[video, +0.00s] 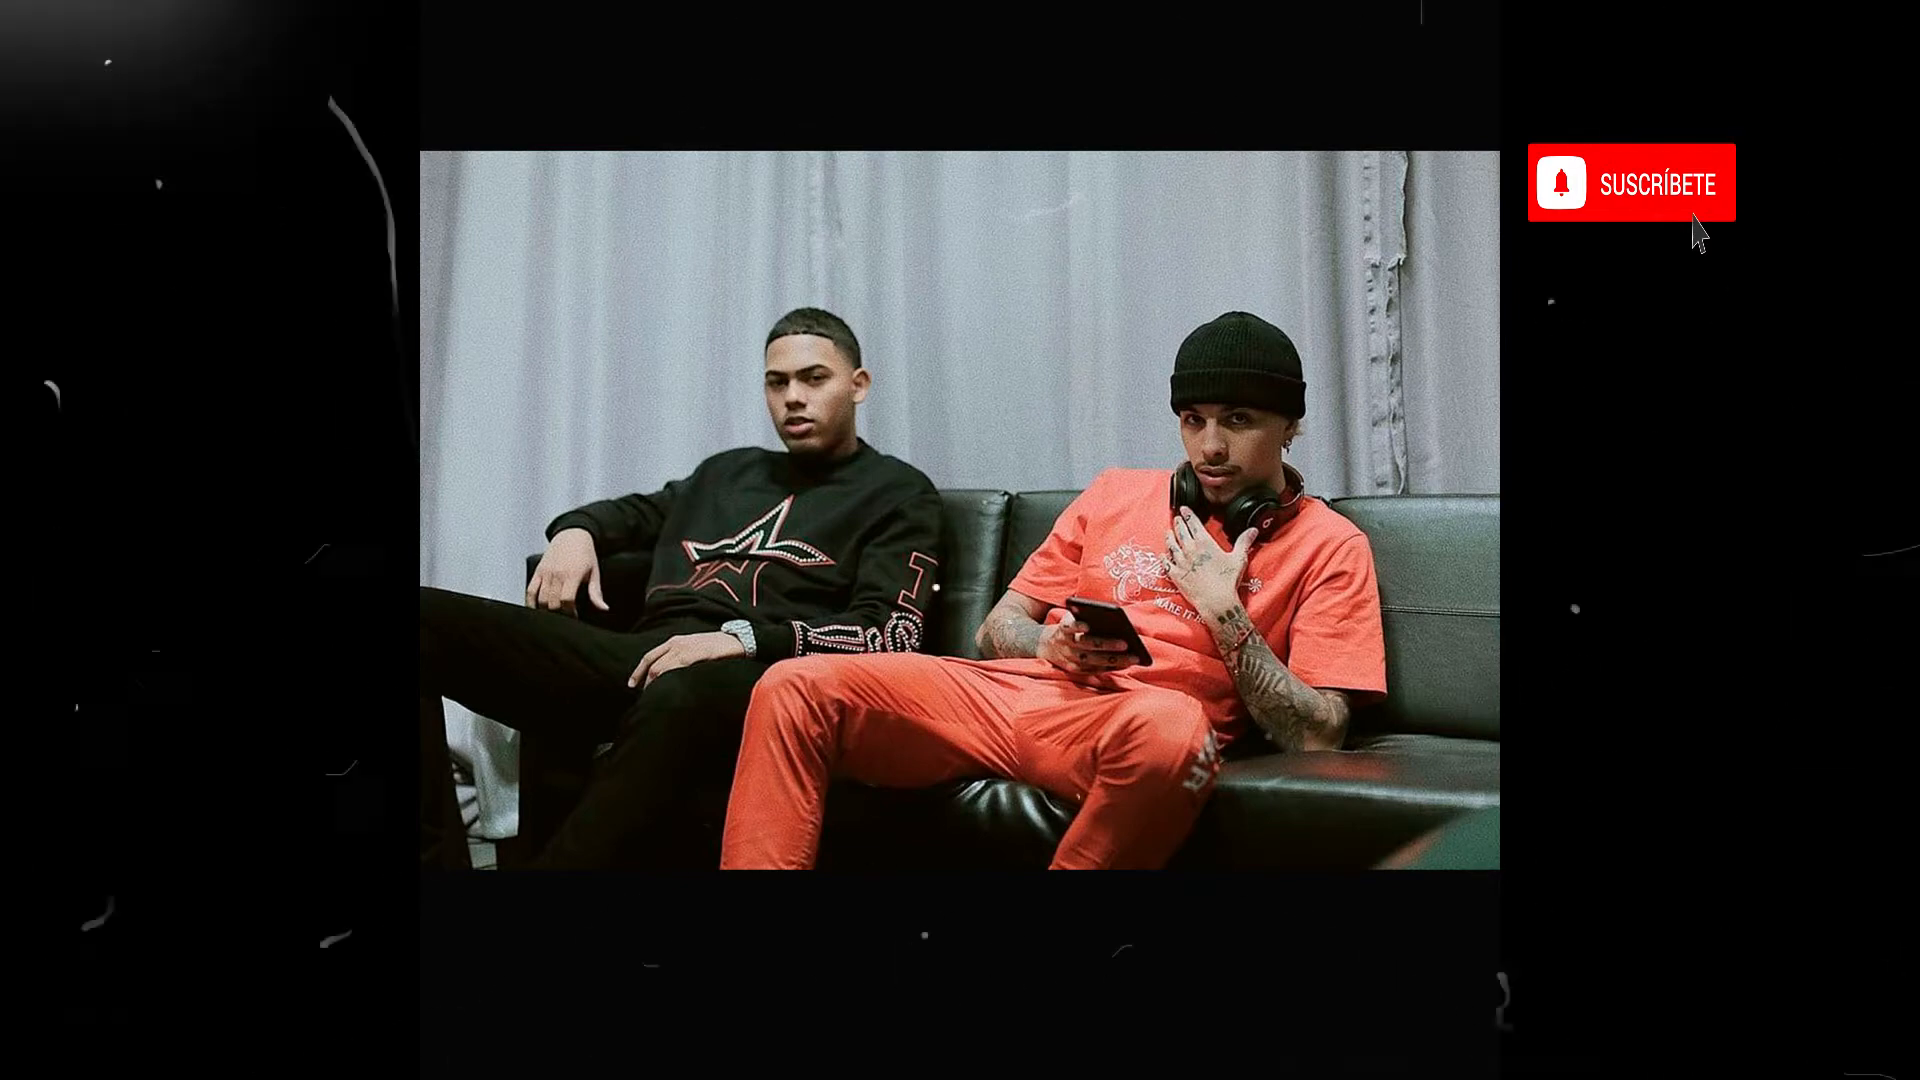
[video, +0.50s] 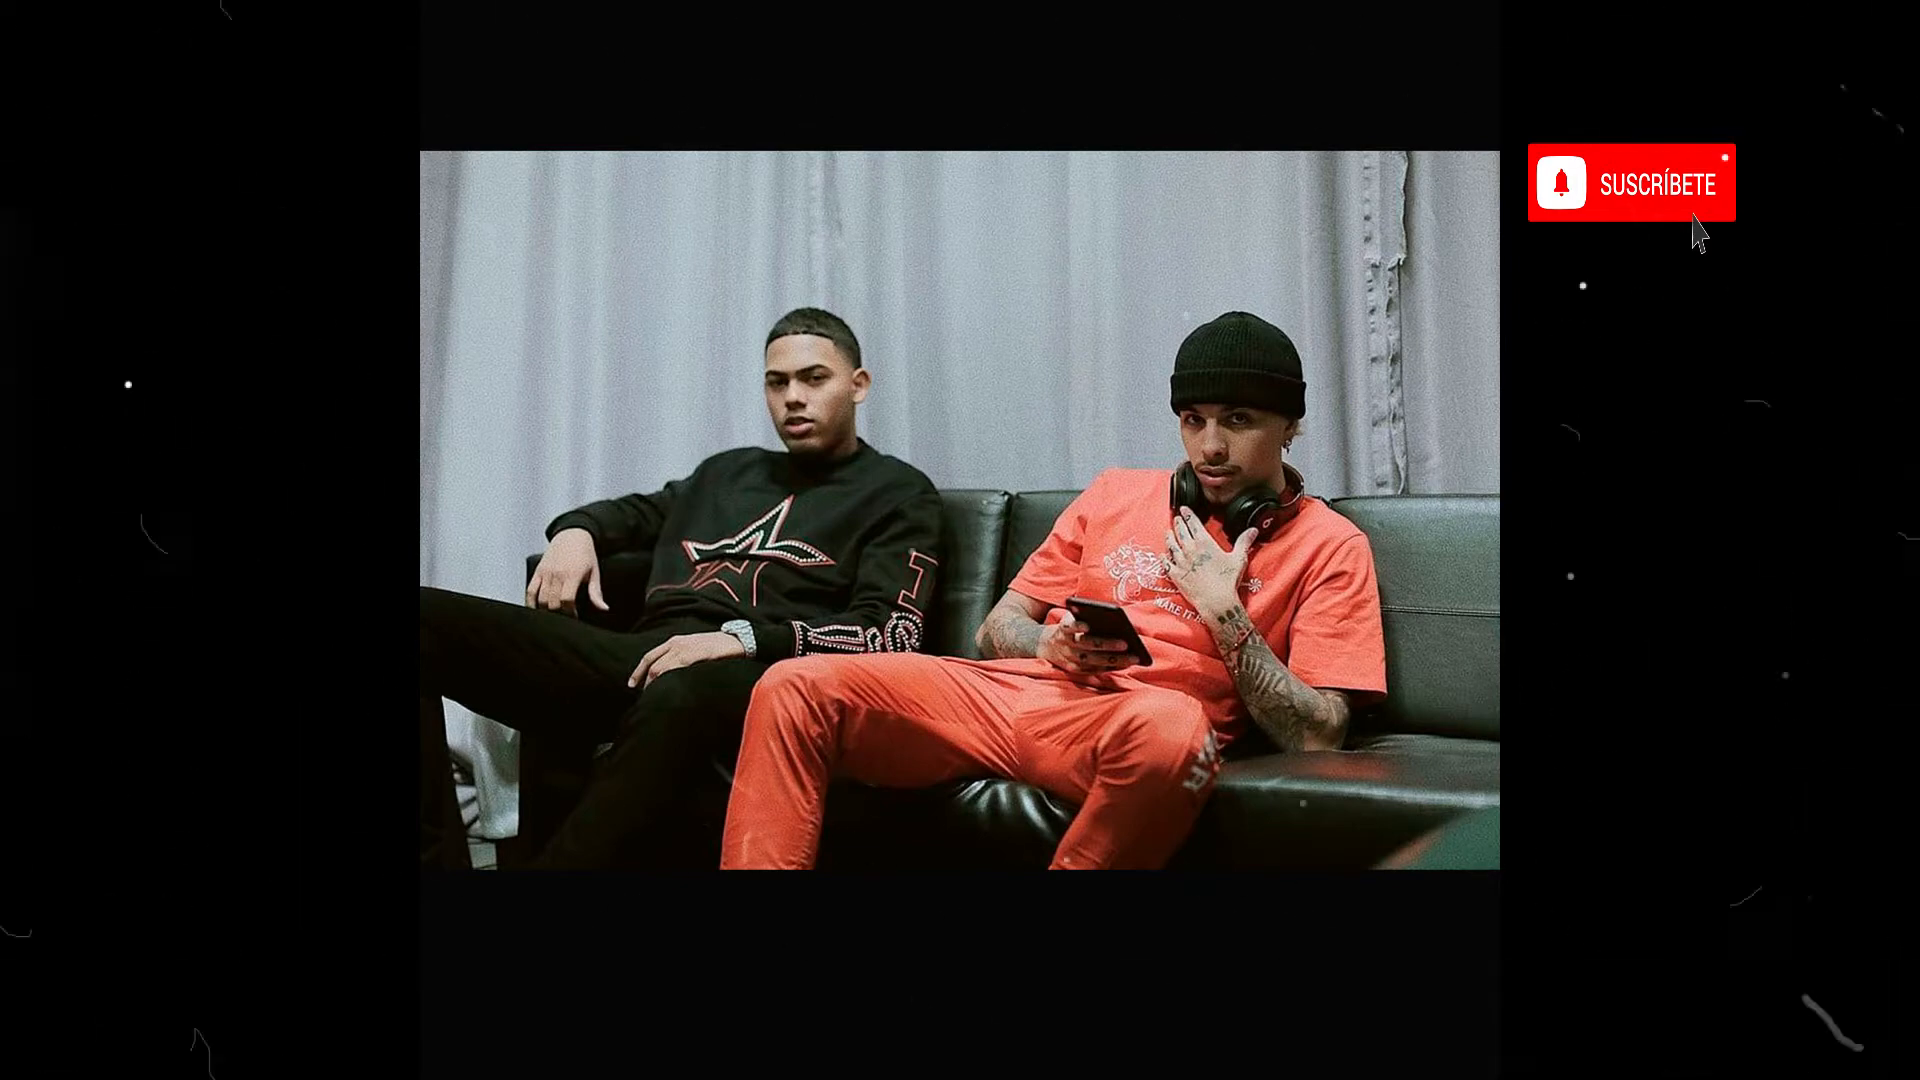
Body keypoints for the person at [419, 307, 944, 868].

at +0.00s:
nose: (793, 399)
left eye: (813, 379)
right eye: (779, 382)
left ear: (859, 385)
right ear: (765, 391)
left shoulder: (900, 493)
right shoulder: (728, 472)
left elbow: (894, 634)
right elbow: (640, 515)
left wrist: (742, 639)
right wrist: (574, 530)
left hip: (769, 681)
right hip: (637, 653)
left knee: (682, 699)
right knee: (425, 617)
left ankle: (562, 871)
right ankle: (440, 856)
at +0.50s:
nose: (793, 399)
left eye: (813, 379)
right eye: (779, 382)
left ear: (859, 385)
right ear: (765, 390)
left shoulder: (900, 494)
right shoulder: (728, 471)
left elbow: (893, 634)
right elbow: (641, 515)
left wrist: (742, 639)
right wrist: (574, 530)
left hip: (770, 680)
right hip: (638, 652)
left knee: (681, 699)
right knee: (426, 617)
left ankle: (562, 870)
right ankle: (441, 855)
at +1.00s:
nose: (793, 399)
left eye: (813, 379)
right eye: (779, 382)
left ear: (859, 385)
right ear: (765, 391)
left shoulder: (900, 494)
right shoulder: (728, 472)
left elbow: (893, 634)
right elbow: (641, 515)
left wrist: (742, 639)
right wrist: (575, 530)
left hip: (769, 681)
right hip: (637, 652)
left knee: (683, 699)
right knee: (425, 617)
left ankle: (562, 873)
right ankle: (441, 857)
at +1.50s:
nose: (793, 399)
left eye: (814, 379)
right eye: (779, 382)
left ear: (859, 385)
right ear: (765, 390)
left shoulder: (899, 494)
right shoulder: (728, 472)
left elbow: (893, 634)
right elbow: (641, 515)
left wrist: (743, 639)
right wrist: (575, 529)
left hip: (772, 680)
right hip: (641, 653)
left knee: (680, 700)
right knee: (424, 617)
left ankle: (561, 870)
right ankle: (439, 850)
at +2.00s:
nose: (793, 399)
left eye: (814, 378)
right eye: (779, 382)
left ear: (859, 385)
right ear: (765, 390)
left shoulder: (900, 494)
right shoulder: (727, 472)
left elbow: (893, 635)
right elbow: (643, 516)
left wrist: (743, 639)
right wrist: (575, 530)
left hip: (771, 681)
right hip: (637, 654)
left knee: (682, 701)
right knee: (424, 617)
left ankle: (561, 870)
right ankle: (440, 857)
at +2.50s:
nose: (793, 399)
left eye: (813, 378)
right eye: (779, 382)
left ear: (859, 385)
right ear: (765, 391)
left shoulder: (900, 494)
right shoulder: (728, 472)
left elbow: (892, 635)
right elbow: (640, 515)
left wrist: (744, 638)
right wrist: (575, 530)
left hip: (772, 681)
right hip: (638, 654)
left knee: (684, 699)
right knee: (426, 617)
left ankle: (560, 875)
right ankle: (440, 857)